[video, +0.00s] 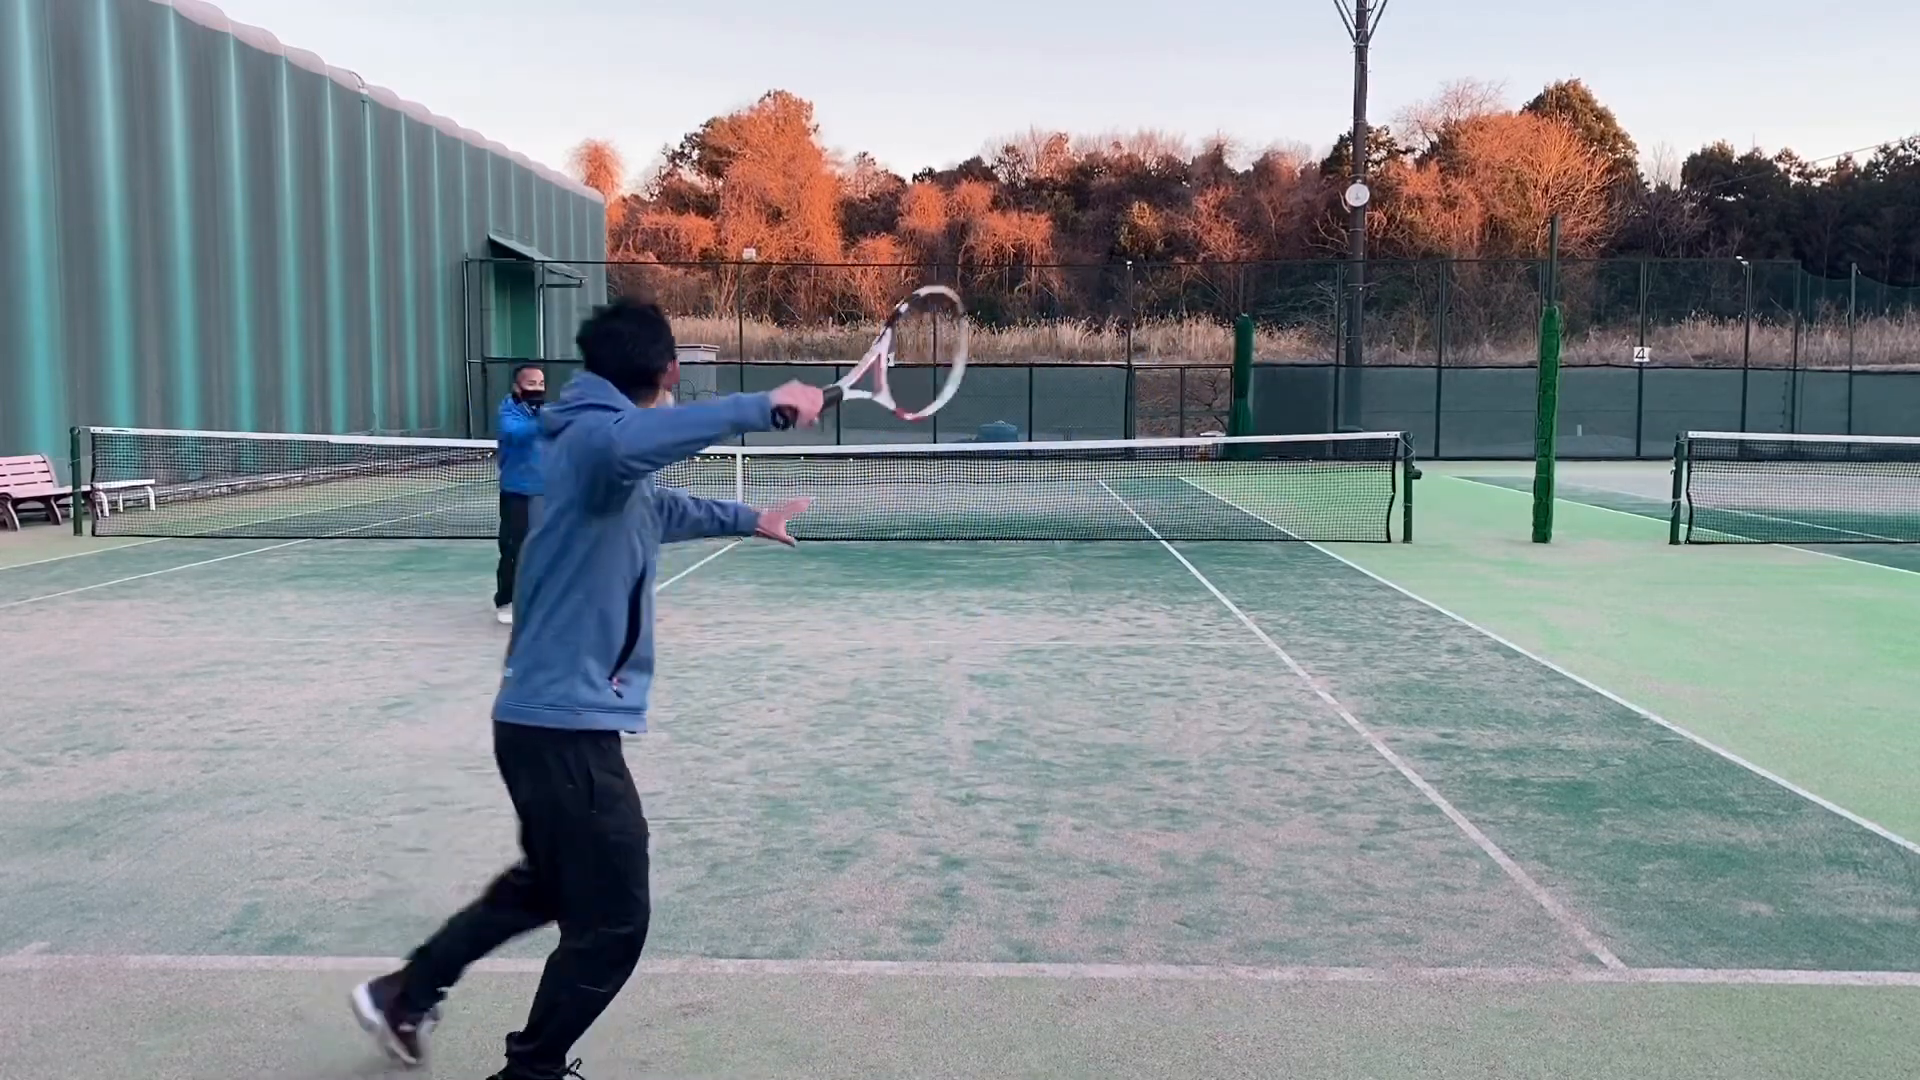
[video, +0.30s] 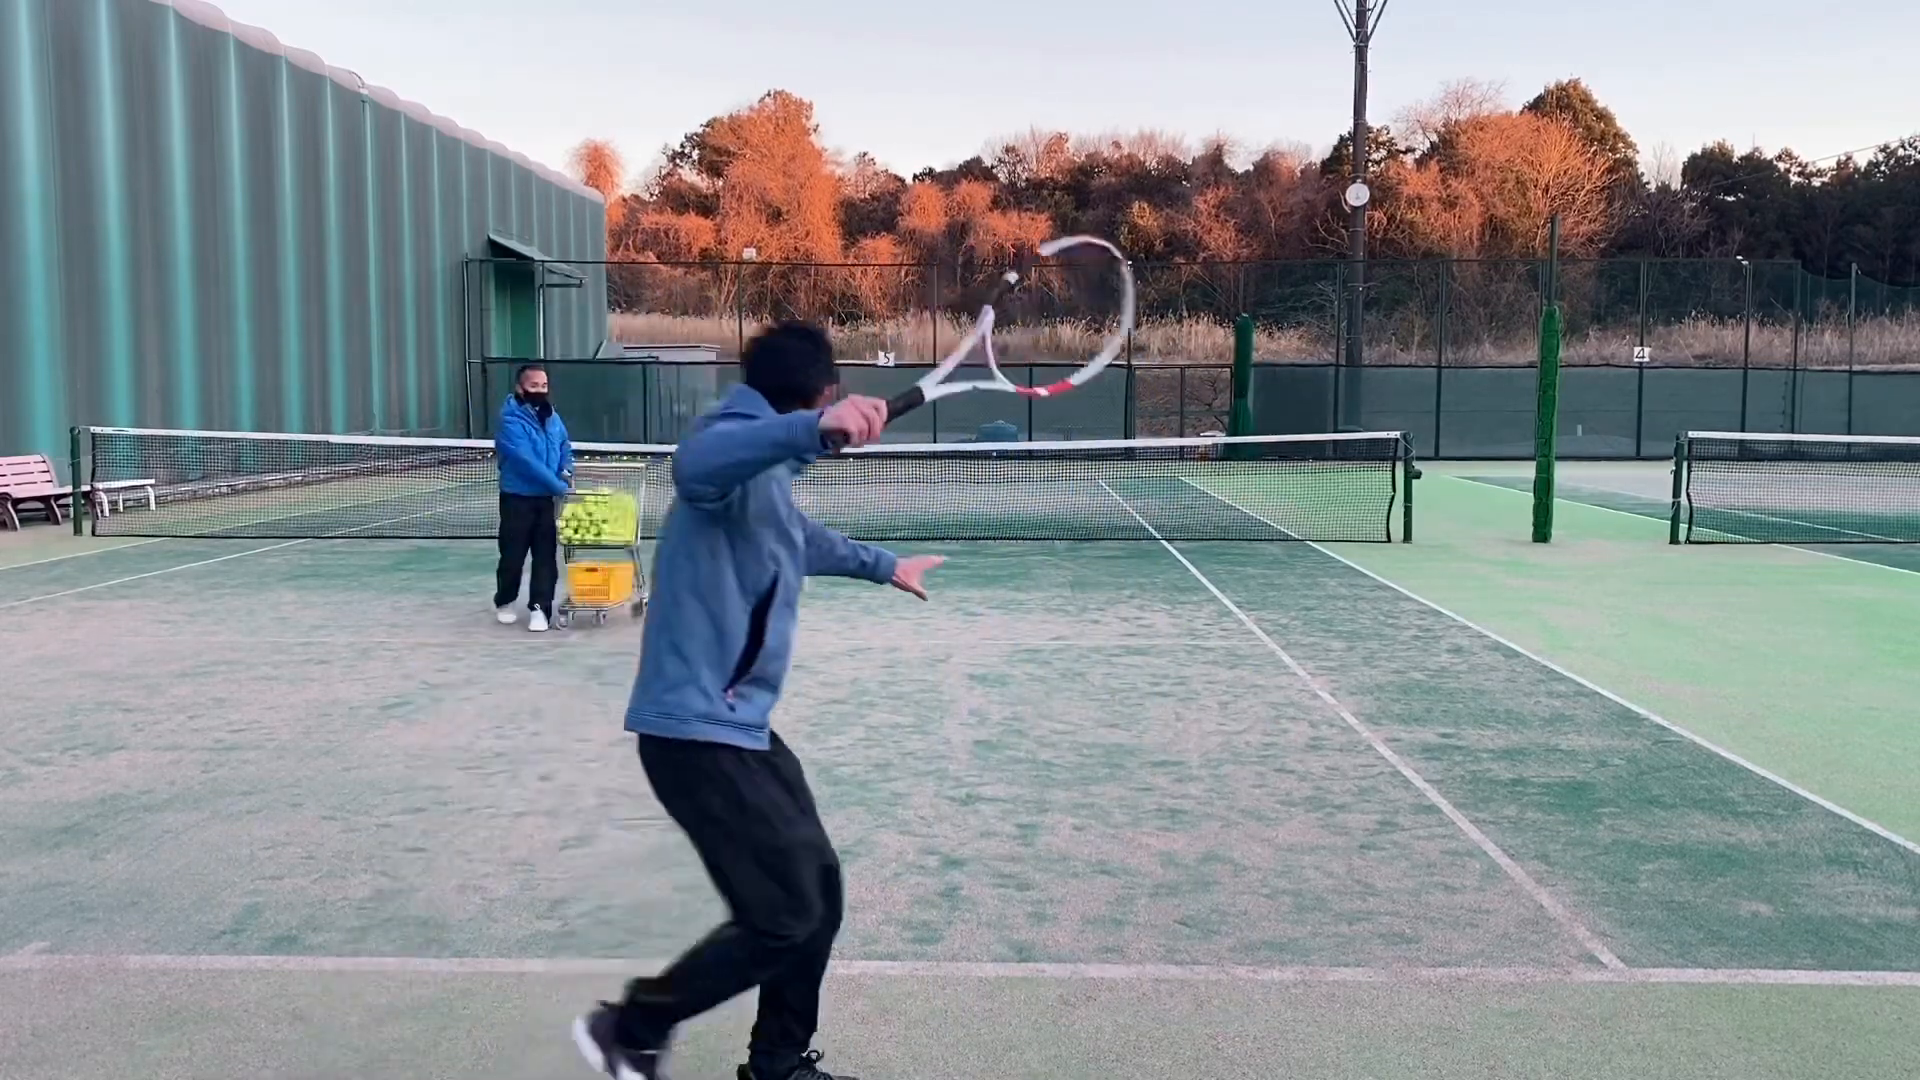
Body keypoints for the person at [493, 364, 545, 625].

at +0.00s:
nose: (536, 388)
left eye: (540, 383)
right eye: (530, 383)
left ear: (545, 385)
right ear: (517, 386)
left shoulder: (549, 411)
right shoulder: (509, 409)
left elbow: (560, 430)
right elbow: (512, 431)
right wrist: (544, 422)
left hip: (547, 487)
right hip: (516, 488)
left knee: (544, 546)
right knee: (512, 546)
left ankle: (540, 606)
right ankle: (505, 602)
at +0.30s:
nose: (541, 391)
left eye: (544, 386)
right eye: (535, 386)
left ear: (548, 388)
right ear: (521, 387)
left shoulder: (552, 416)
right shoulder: (510, 418)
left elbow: (565, 446)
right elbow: (522, 458)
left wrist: (565, 468)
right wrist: (558, 486)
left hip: (547, 494)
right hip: (517, 495)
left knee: (545, 556)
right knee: (513, 554)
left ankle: (540, 609)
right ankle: (505, 602)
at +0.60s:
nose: (543, 391)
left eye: (546, 386)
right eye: (537, 386)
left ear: (550, 387)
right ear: (523, 387)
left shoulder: (553, 416)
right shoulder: (513, 418)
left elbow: (566, 448)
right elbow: (527, 458)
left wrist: (566, 469)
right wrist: (561, 489)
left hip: (547, 493)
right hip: (518, 494)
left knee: (546, 556)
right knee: (514, 554)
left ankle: (540, 609)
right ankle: (505, 602)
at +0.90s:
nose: (544, 391)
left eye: (548, 386)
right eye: (539, 387)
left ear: (552, 387)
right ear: (525, 388)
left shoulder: (553, 417)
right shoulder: (515, 419)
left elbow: (566, 449)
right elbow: (530, 458)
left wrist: (565, 470)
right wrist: (562, 489)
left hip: (546, 493)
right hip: (518, 494)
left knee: (546, 555)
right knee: (513, 554)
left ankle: (540, 609)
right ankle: (505, 602)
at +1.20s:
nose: (545, 390)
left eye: (548, 385)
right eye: (538, 385)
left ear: (551, 387)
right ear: (525, 388)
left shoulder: (553, 416)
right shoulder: (516, 419)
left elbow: (566, 448)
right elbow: (533, 459)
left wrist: (565, 468)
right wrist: (564, 490)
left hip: (548, 493)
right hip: (519, 494)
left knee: (546, 554)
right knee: (514, 554)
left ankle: (540, 609)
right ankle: (506, 602)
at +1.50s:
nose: (542, 388)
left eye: (545, 384)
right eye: (535, 384)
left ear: (549, 385)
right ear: (522, 387)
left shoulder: (555, 416)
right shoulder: (513, 418)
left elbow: (568, 449)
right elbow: (524, 459)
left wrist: (566, 471)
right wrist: (562, 483)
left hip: (547, 494)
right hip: (517, 495)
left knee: (546, 555)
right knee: (514, 554)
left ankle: (541, 609)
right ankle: (508, 601)